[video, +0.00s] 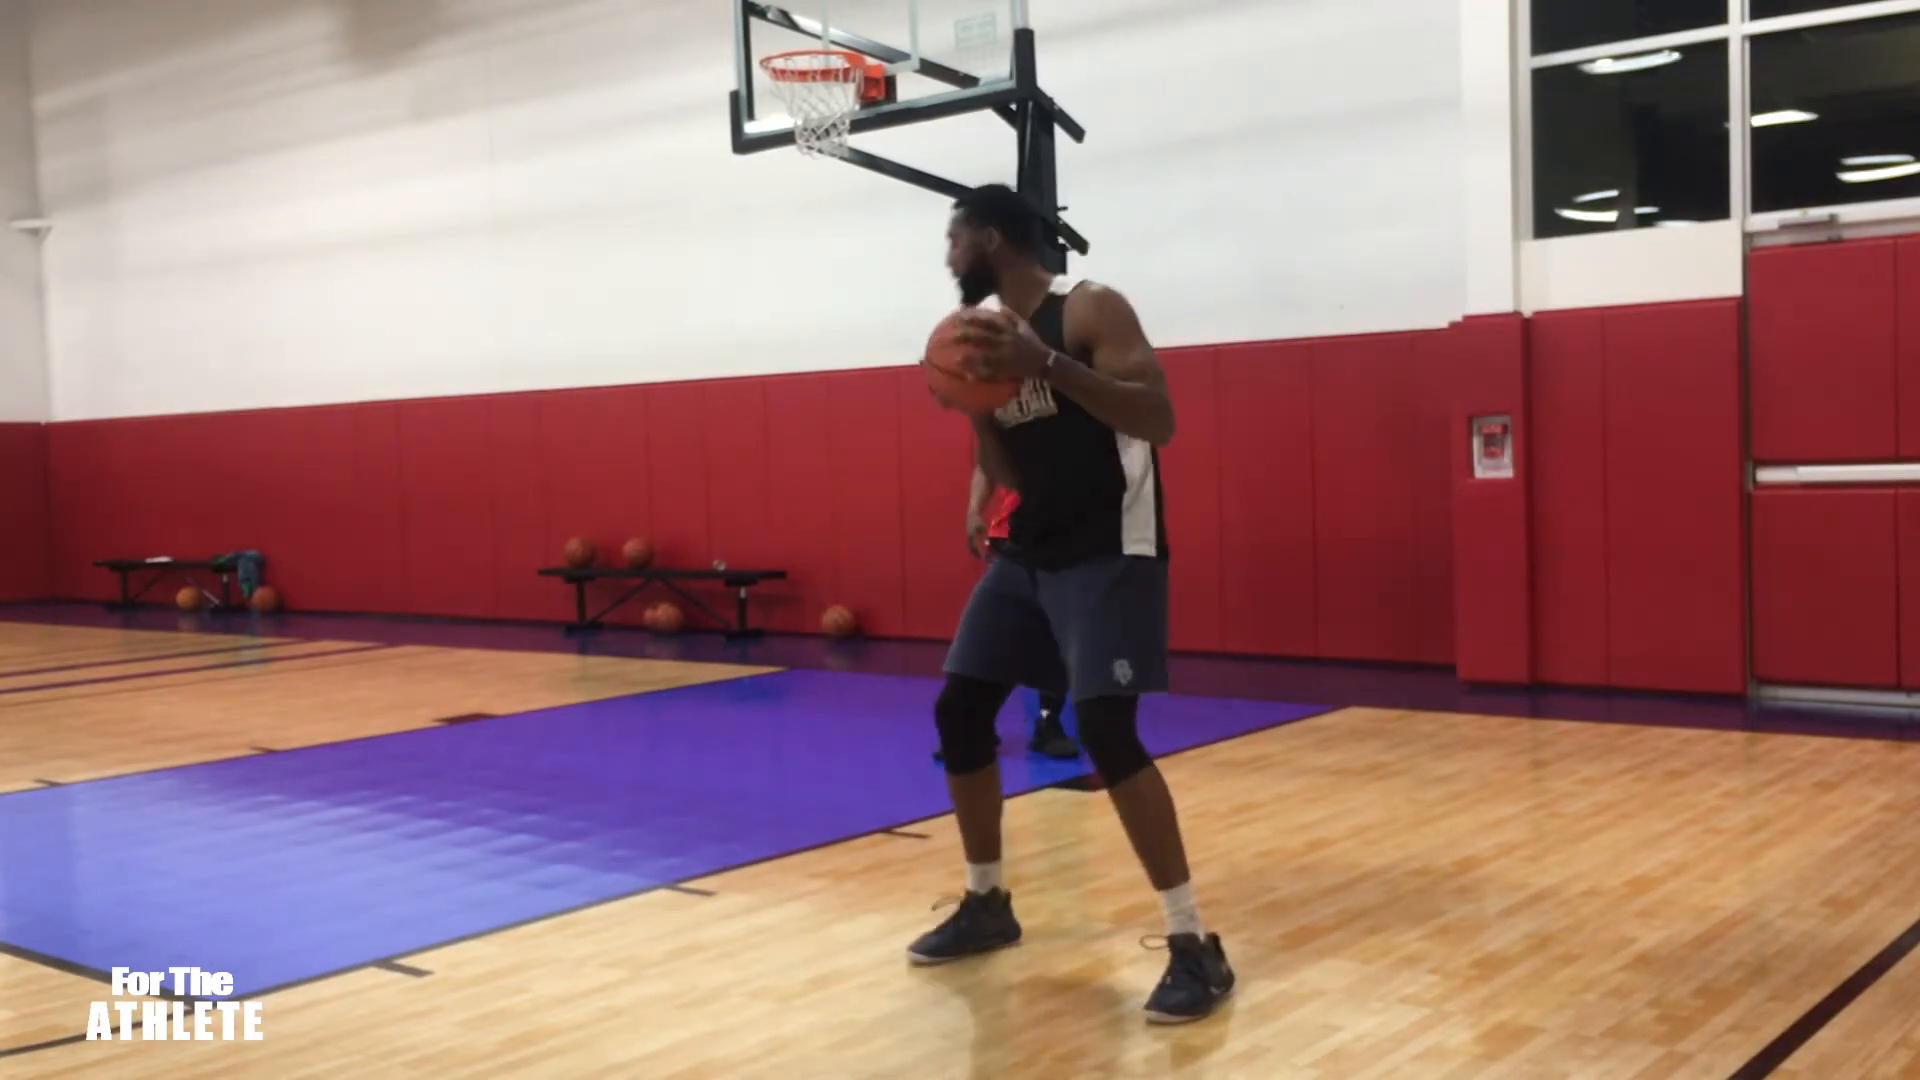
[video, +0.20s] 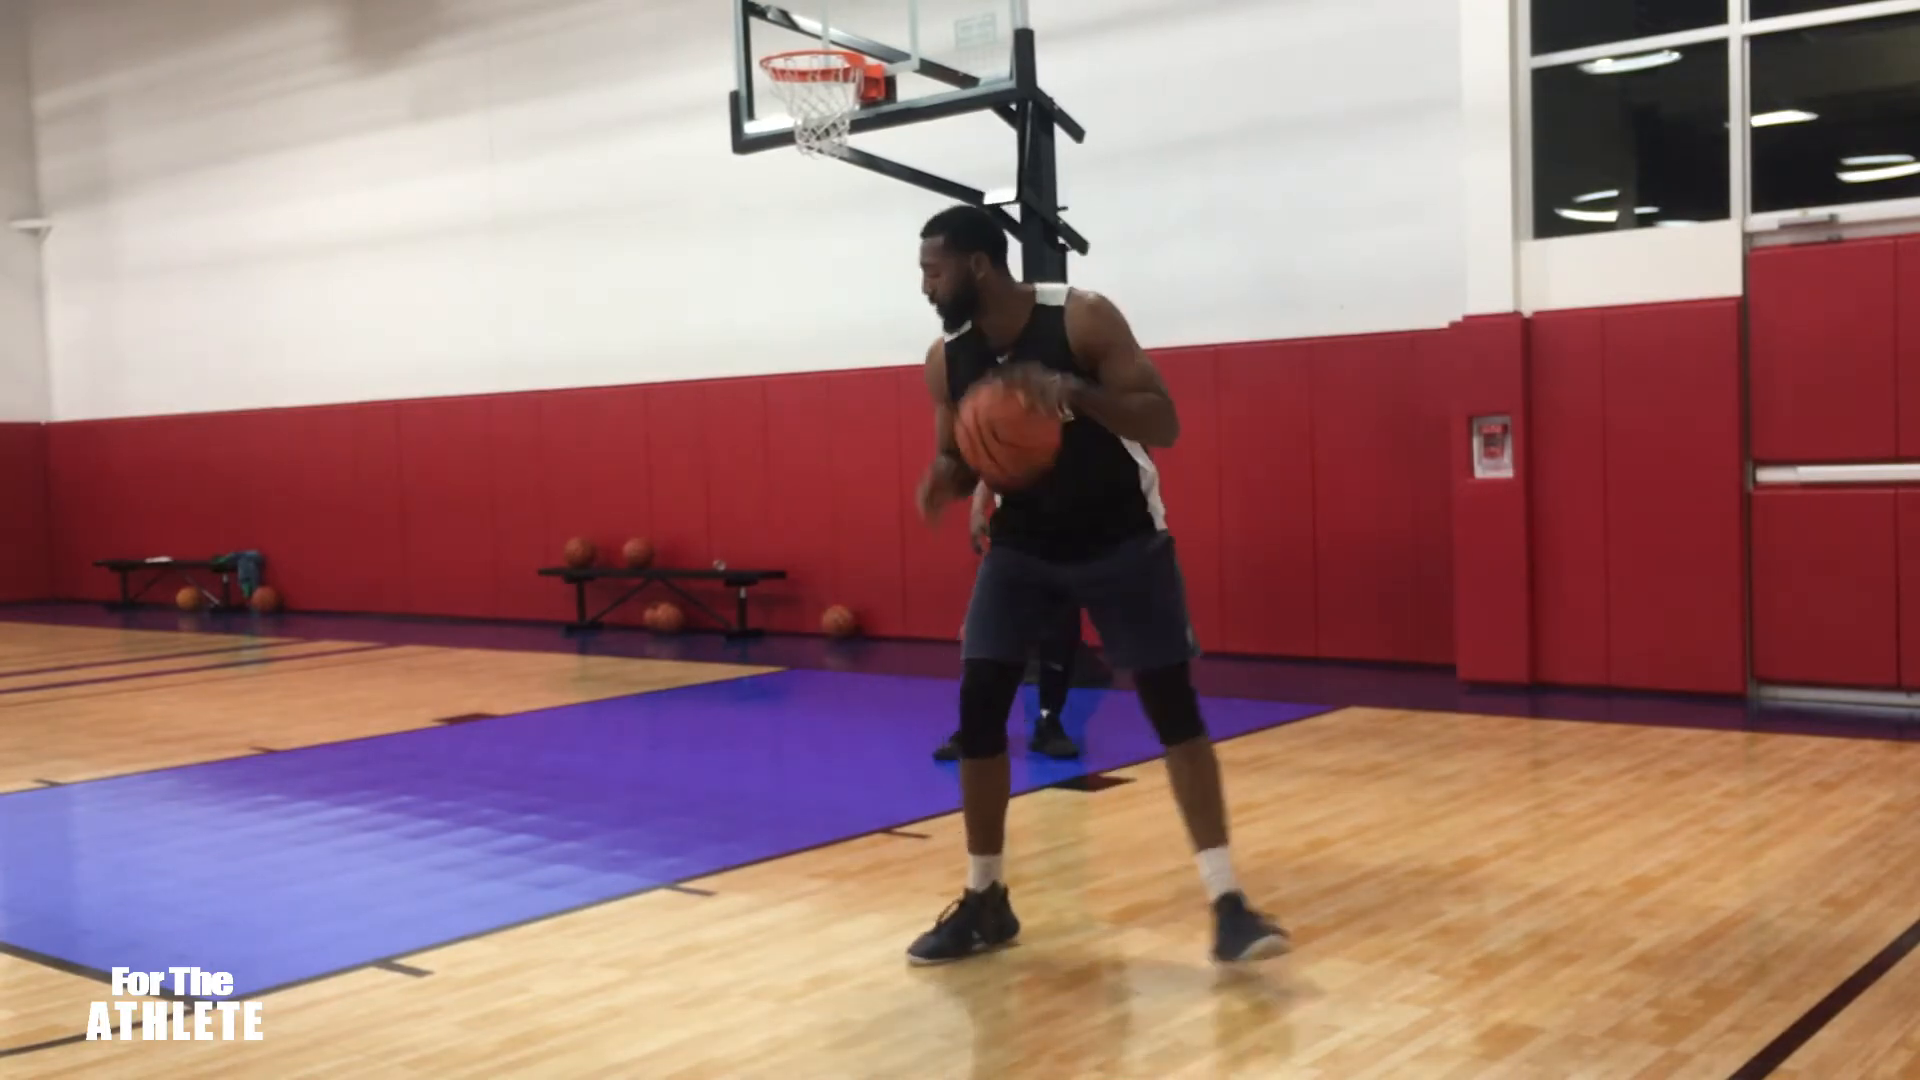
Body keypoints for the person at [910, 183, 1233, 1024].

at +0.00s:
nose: (948, 251)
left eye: (957, 234)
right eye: (949, 237)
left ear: (1001, 236)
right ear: (996, 241)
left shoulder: (1093, 310)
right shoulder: (985, 338)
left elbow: (1157, 418)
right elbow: (1001, 466)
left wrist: (1045, 363)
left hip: (1109, 559)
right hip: (1026, 558)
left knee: (1105, 730)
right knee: (961, 711)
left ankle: (1193, 946)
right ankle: (986, 902)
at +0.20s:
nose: (924, 283)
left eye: (933, 266)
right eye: (921, 268)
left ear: (980, 263)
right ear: (964, 268)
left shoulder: (1082, 320)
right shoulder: (949, 360)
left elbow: (1162, 423)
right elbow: (949, 479)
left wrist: (1075, 394)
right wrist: (953, 472)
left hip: (1122, 545)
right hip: (1021, 553)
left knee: (1171, 704)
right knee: (979, 708)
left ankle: (1229, 904)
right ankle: (985, 899)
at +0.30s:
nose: (940, 313)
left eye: (949, 298)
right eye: (937, 299)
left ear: (997, 293)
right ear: (966, 299)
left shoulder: (1094, 351)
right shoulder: (954, 381)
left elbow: (1167, 457)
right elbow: (959, 476)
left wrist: (1071, 489)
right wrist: (946, 549)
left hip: (1123, 545)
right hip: (1022, 552)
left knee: (1192, 692)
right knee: (984, 707)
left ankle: (1274, 879)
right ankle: (959, 897)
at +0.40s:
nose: (974, 353)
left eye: (985, 340)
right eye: (972, 341)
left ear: (1033, 339)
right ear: (985, 342)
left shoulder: (1113, 402)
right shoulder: (975, 417)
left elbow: (1169, 524)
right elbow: (970, 517)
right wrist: (953, 614)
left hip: (1131, 580)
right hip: (1031, 585)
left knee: (1224, 701)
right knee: (983, 713)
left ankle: (1295, 841)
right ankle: (955, 901)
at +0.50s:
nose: (1025, 371)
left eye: (1037, 359)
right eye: (1021, 358)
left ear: (1084, 360)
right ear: (1024, 360)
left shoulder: (1156, 425)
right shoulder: (1017, 425)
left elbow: (1210, 543)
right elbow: (995, 529)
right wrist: (971, 630)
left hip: (1151, 590)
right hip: (1056, 592)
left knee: (1258, 711)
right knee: (1007, 720)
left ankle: (1283, 833)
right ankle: (956, 901)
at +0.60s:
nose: (1099, 352)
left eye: (1112, 339)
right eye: (1096, 339)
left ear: (1152, 340)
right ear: (1094, 343)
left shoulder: (1220, 404)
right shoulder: (1085, 416)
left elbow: (1292, 486)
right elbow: (1048, 506)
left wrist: (1339, 555)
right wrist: (1015, 594)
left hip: (1205, 582)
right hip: (1109, 584)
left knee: (1279, 716)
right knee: (1052, 717)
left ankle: (1262, 846)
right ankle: (970, 888)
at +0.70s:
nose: (1155, 323)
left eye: (1167, 309)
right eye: (1149, 311)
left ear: (1206, 306)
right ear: (1148, 314)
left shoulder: (1274, 367)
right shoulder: (1136, 389)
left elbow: (1350, 414)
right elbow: (1102, 472)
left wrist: (1403, 436)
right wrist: (1068, 558)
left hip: (1248, 558)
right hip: (1157, 561)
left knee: (1289, 697)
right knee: (1098, 694)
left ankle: (1263, 844)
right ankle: (1036, 858)